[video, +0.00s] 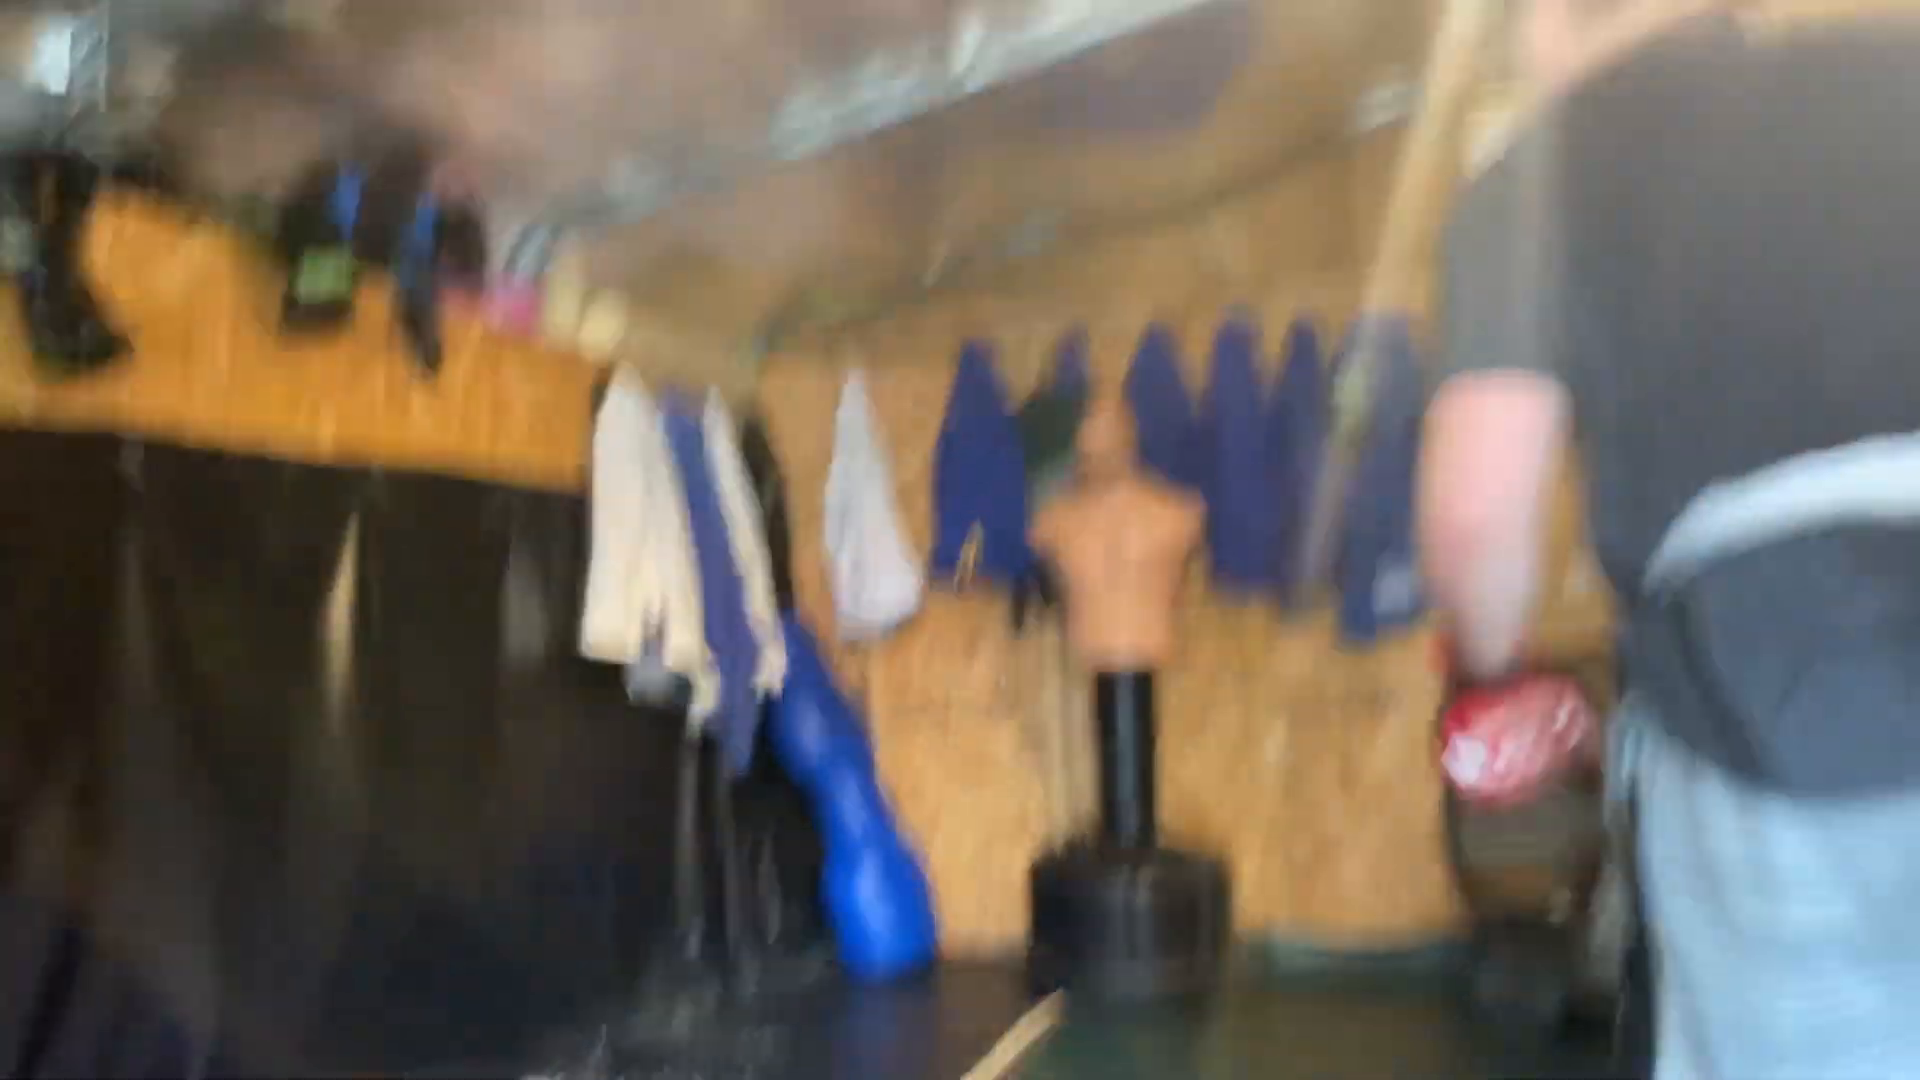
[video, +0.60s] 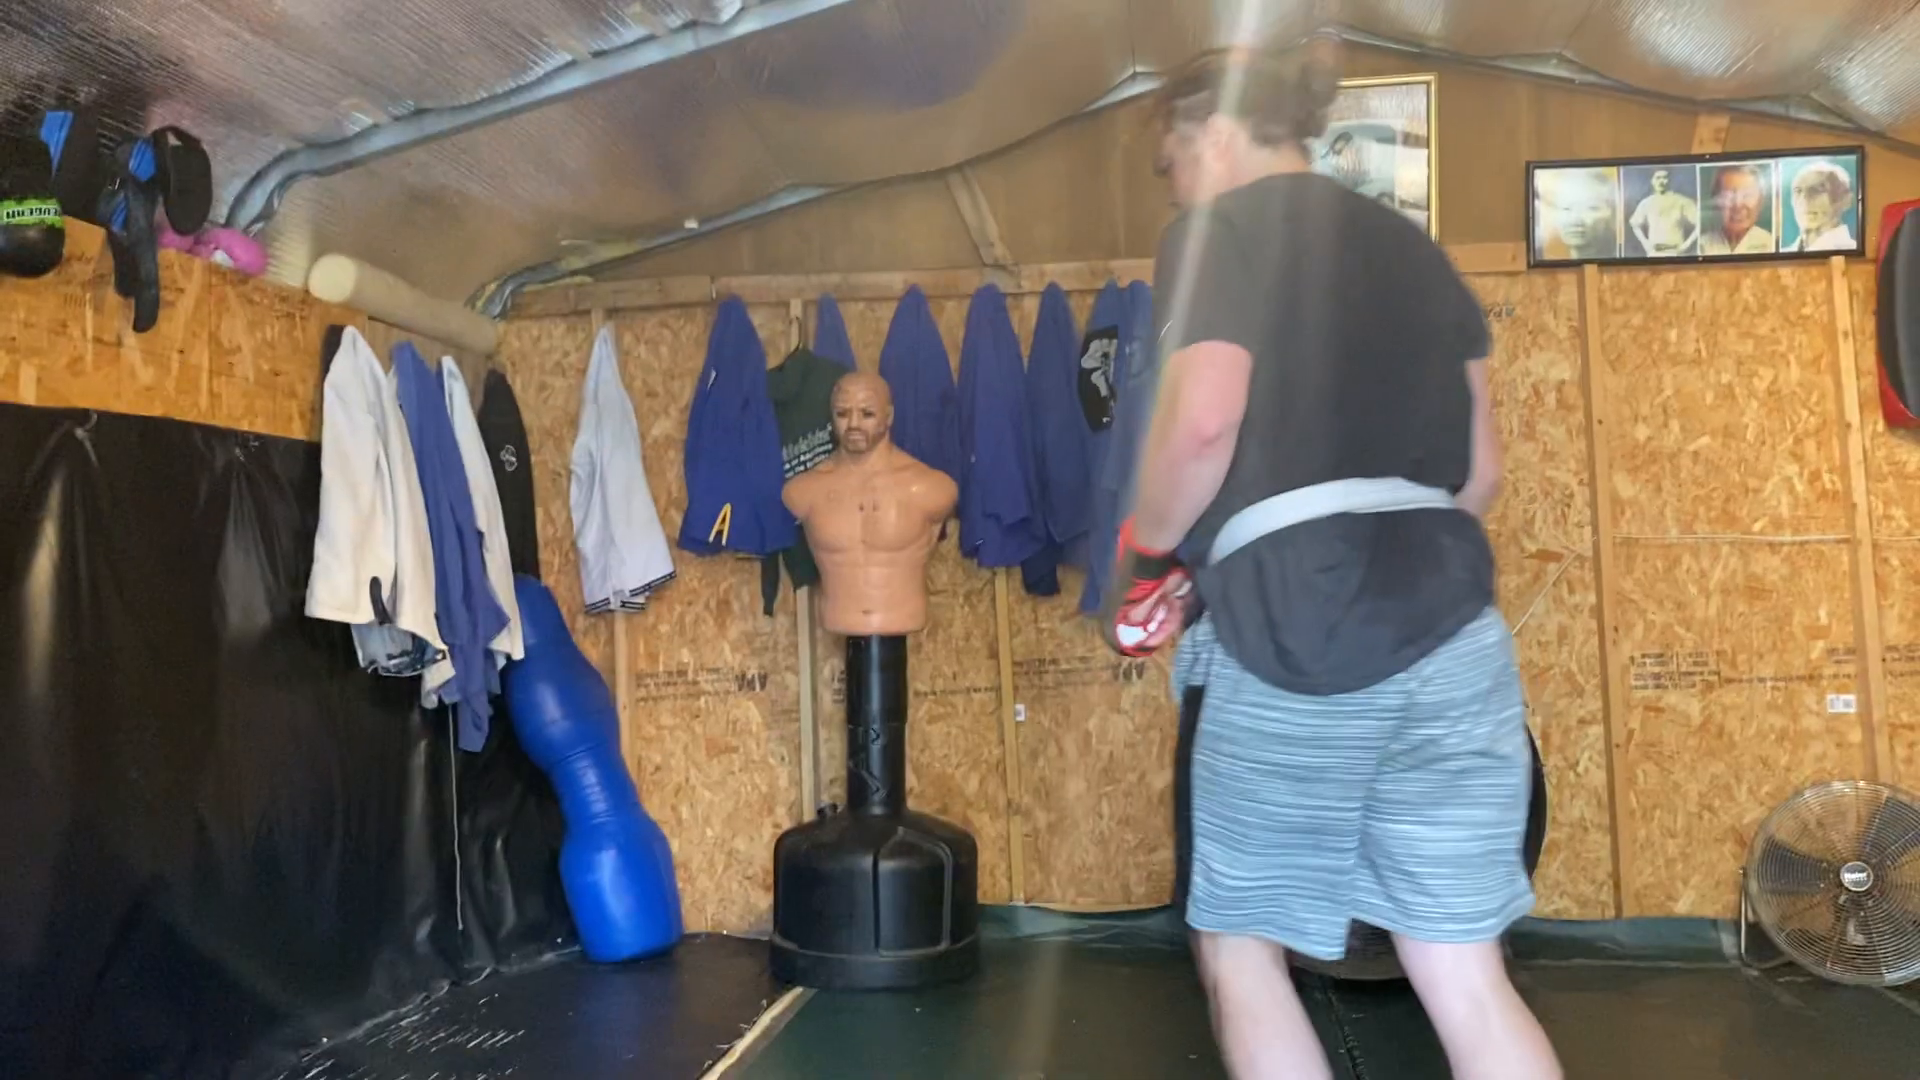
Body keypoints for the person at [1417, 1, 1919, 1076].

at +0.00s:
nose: (1520, 45)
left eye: (1524, 23)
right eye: (1519, 26)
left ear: (1567, 12)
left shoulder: (1556, 162)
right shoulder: (1884, 71)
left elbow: (1479, 513)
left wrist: (1493, 682)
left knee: (1806, 1057)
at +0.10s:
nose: (1528, 56)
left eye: (1529, 30)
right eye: (1525, 32)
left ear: (1565, 30)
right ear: (1719, 10)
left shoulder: (1542, 165)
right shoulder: (1897, 70)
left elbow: (1447, 479)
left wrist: (1472, 621)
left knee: (1771, 1053)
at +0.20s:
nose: (1491, 137)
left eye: (1487, 108)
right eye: (1484, 112)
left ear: (1528, 80)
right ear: (1647, 50)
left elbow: (1397, 495)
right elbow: (1903, 416)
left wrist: (1418, 621)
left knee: (1693, 1060)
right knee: (1894, 1058)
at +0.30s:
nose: (1388, 163)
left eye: (1387, 138)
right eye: (1389, 140)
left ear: (1411, 123)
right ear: (1534, 114)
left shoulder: (1390, 253)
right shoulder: (1690, 219)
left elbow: (1309, 496)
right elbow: (1846, 429)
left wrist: (1301, 626)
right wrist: (1910, 658)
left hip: (1515, 690)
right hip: (1734, 671)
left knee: (1560, 1050)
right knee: (1714, 1040)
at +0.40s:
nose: (1296, 177)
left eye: (1294, 154)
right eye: (1296, 156)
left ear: (1328, 129)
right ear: (1432, 122)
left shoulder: (1310, 238)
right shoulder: (1582, 229)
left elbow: (1252, 463)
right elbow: (1672, 459)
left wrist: (1224, 610)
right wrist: (1713, 669)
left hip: (1416, 648)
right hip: (1601, 630)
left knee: (1408, 1034)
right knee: (1552, 991)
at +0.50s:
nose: (1230, 183)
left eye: (1229, 159)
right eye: (1225, 164)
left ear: (1269, 133)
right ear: (1356, 132)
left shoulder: (1269, 219)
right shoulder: (1495, 239)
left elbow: (1223, 424)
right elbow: (1562, 466)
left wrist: (1182, 562)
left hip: (1340, 622)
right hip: (1512, 616)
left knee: (1300, 989)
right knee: (1497, 978)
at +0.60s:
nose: (1179, 195)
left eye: (1176, 166)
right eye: (1172, 171)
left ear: (1218, 137)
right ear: (1298, 134)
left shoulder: (1230, 229)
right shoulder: (1417, 245)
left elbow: (1206, 417)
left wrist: (1144, 550)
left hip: (1291, 625)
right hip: (1451, 612)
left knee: (1240, 943)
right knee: (1461, 955)